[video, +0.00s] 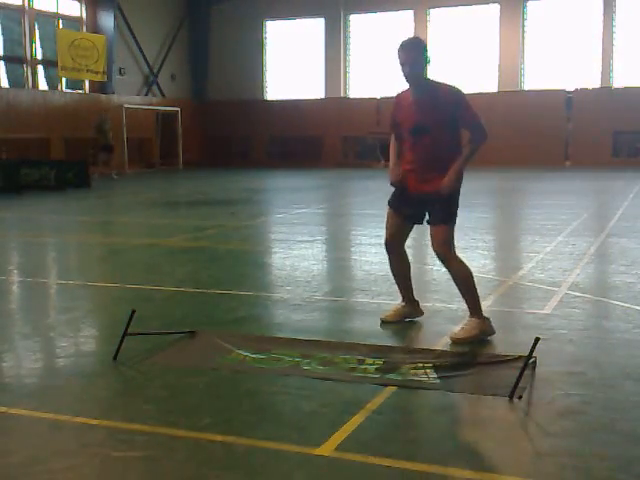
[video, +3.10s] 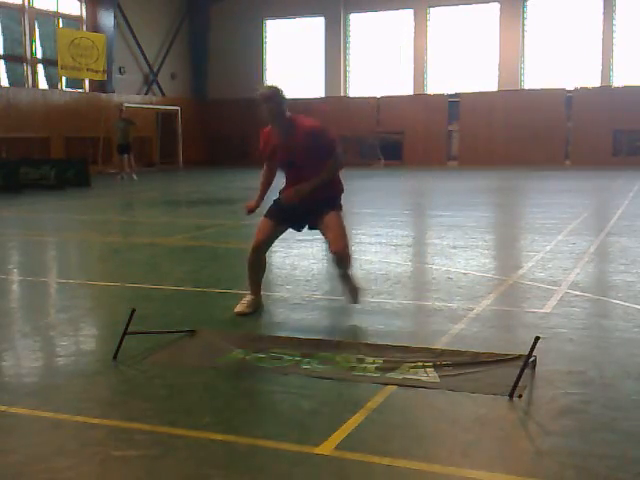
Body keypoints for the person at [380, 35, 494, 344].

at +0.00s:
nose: (407, 69)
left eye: (412, 63)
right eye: (403, 63)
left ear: (426, 61)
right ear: (399, 65)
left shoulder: (449, 96)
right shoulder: (401, 101)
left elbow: (478, 134)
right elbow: (395, 136)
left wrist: (455, 172)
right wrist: (394, 165)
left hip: (442, 187)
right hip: (409, 185)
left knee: (443, 250)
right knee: (393, 243)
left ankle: (478, 318)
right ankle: (410, 304)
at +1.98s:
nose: (380, 60)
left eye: (385, 54)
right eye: (378, 55)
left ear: (402, 53)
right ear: (380, 56)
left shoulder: (427, 88)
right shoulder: (378, 92)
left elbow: (445, 131)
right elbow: (370, 131)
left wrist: (428, 152)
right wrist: (368, 158)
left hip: (417, 179)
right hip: (382, 179)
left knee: (430, 241)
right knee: (376, 239)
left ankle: (445, 304)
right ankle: (384, 300)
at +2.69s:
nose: (369, 93)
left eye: (374, 87)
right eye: (366, 87)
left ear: (390, 85)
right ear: (365, 87)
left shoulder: (414, 116)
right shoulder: (365, 114)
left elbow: (435, 156)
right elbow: (361, 151)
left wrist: (402, 182)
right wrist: (364, 179)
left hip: (406, 193)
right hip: (372, 191)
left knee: (426, 251)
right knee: (332, 239)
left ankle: (446, 306)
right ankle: (366, 288)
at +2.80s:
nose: (346, 84)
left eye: (351, 79)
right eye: (344, 79)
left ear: (366, 77)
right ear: (344, 79)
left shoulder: (390, 107)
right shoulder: (345, 108)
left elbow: (410, 147)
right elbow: (343, 140)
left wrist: (370, 162)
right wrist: (342, 165)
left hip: (387, 191)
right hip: (352, 189)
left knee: (415, 247)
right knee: (308, 228)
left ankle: (445, 305)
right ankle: (327, 287)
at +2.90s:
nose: (315, 81)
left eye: (319, 75)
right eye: (313, 76)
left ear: (334, 73)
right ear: (313, 76)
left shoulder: (361, 99)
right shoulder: (317, 104)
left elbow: (386, 134)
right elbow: (313, 131)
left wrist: (346, 147)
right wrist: (314, 155)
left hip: (363, 183)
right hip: (328, 181)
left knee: (396, 240)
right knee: (288, 228)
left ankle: (431, 297)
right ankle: (280, 286)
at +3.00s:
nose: (294, 94)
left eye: (297, 88)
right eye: (289, 90)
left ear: (306, 85)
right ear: (285, 91)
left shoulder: (335, 110)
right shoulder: (288, 113)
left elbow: (357, 144)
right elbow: (287, 141)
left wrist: (329, 161)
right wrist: (284, 171)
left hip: (338, 187)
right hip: (304, 187)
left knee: (368, 241)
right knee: (270, 241)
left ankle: (396, 289)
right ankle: (255, 293)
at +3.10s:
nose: (268, 109)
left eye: (271, 103)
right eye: (263, 105)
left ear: (282, 104)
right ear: (260, 109)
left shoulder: (311, 129)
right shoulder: (268, 136)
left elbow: (338, 161)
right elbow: (270, 168)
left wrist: (309, 186)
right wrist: (257, 201)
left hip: (324, 194)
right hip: (292, 194)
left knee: (340, 250)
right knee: (258, 246)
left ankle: (346, 279)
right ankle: (254, 296)